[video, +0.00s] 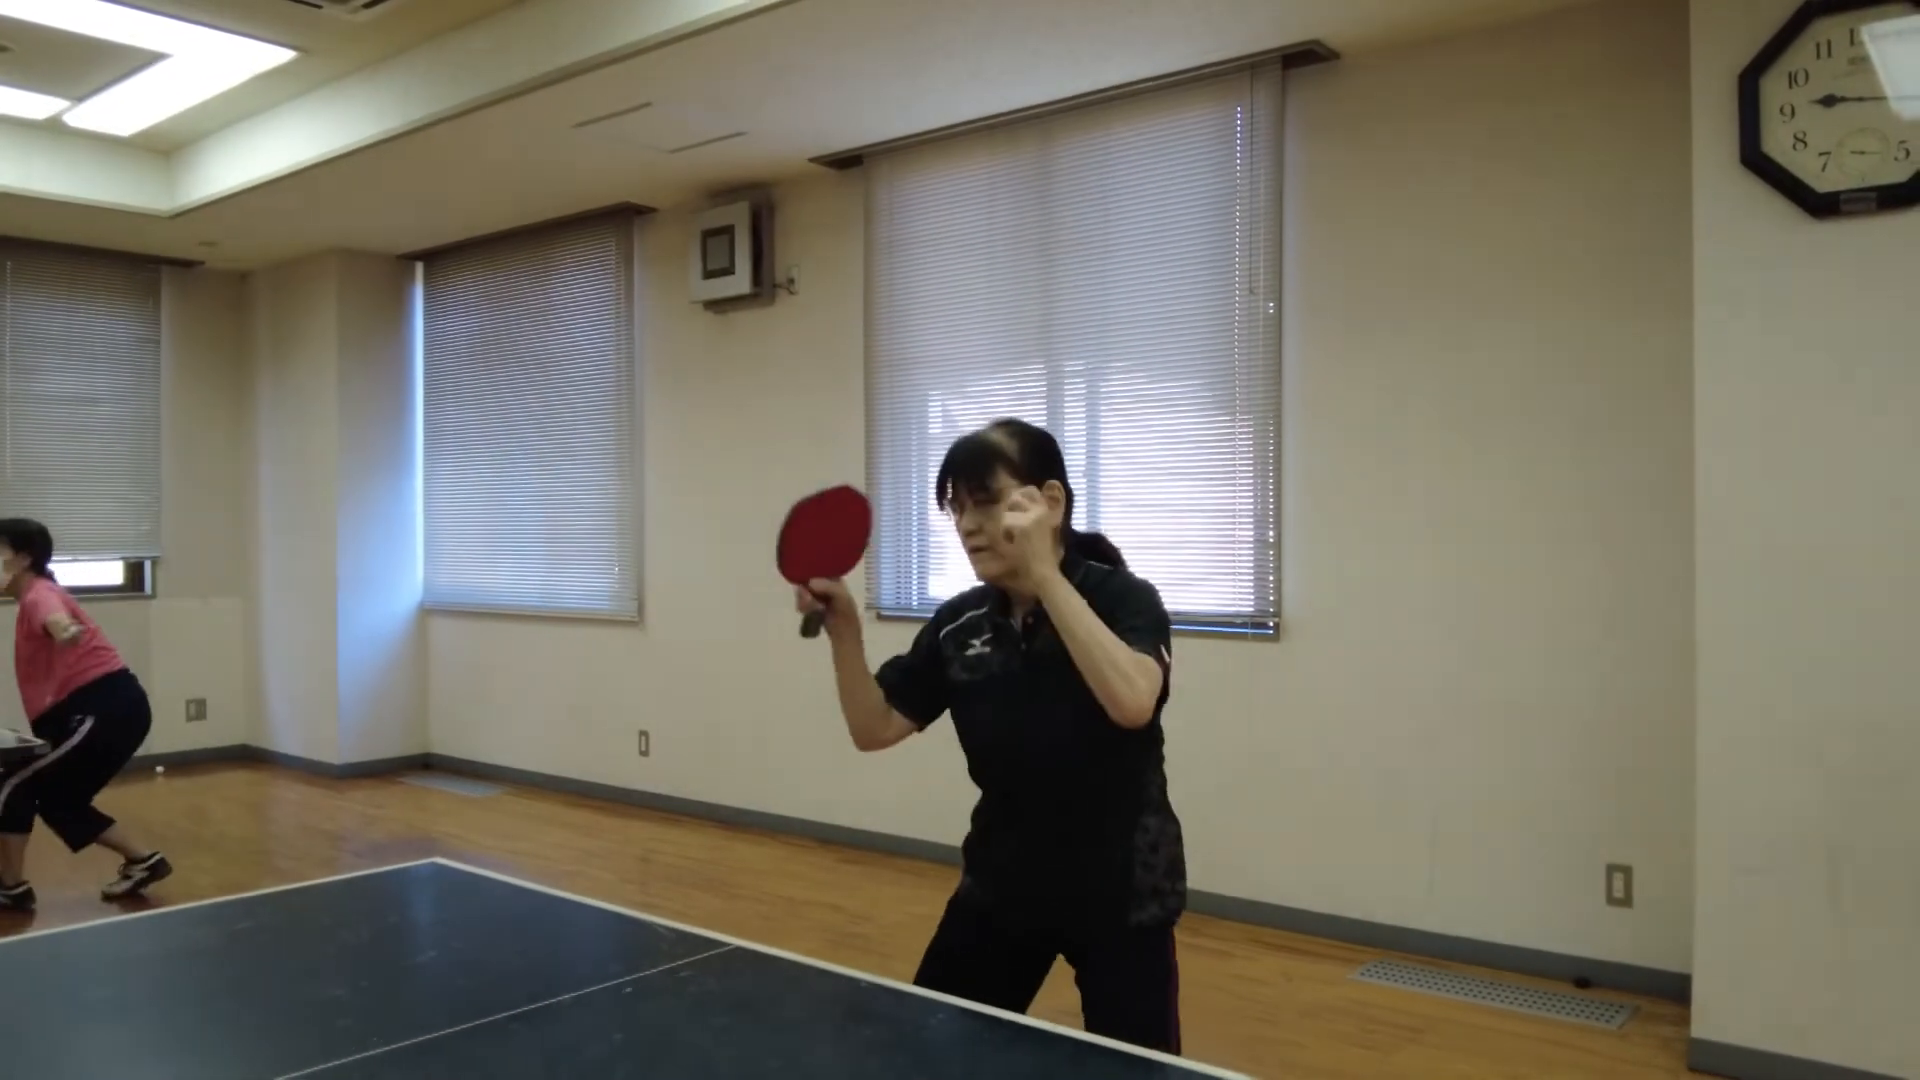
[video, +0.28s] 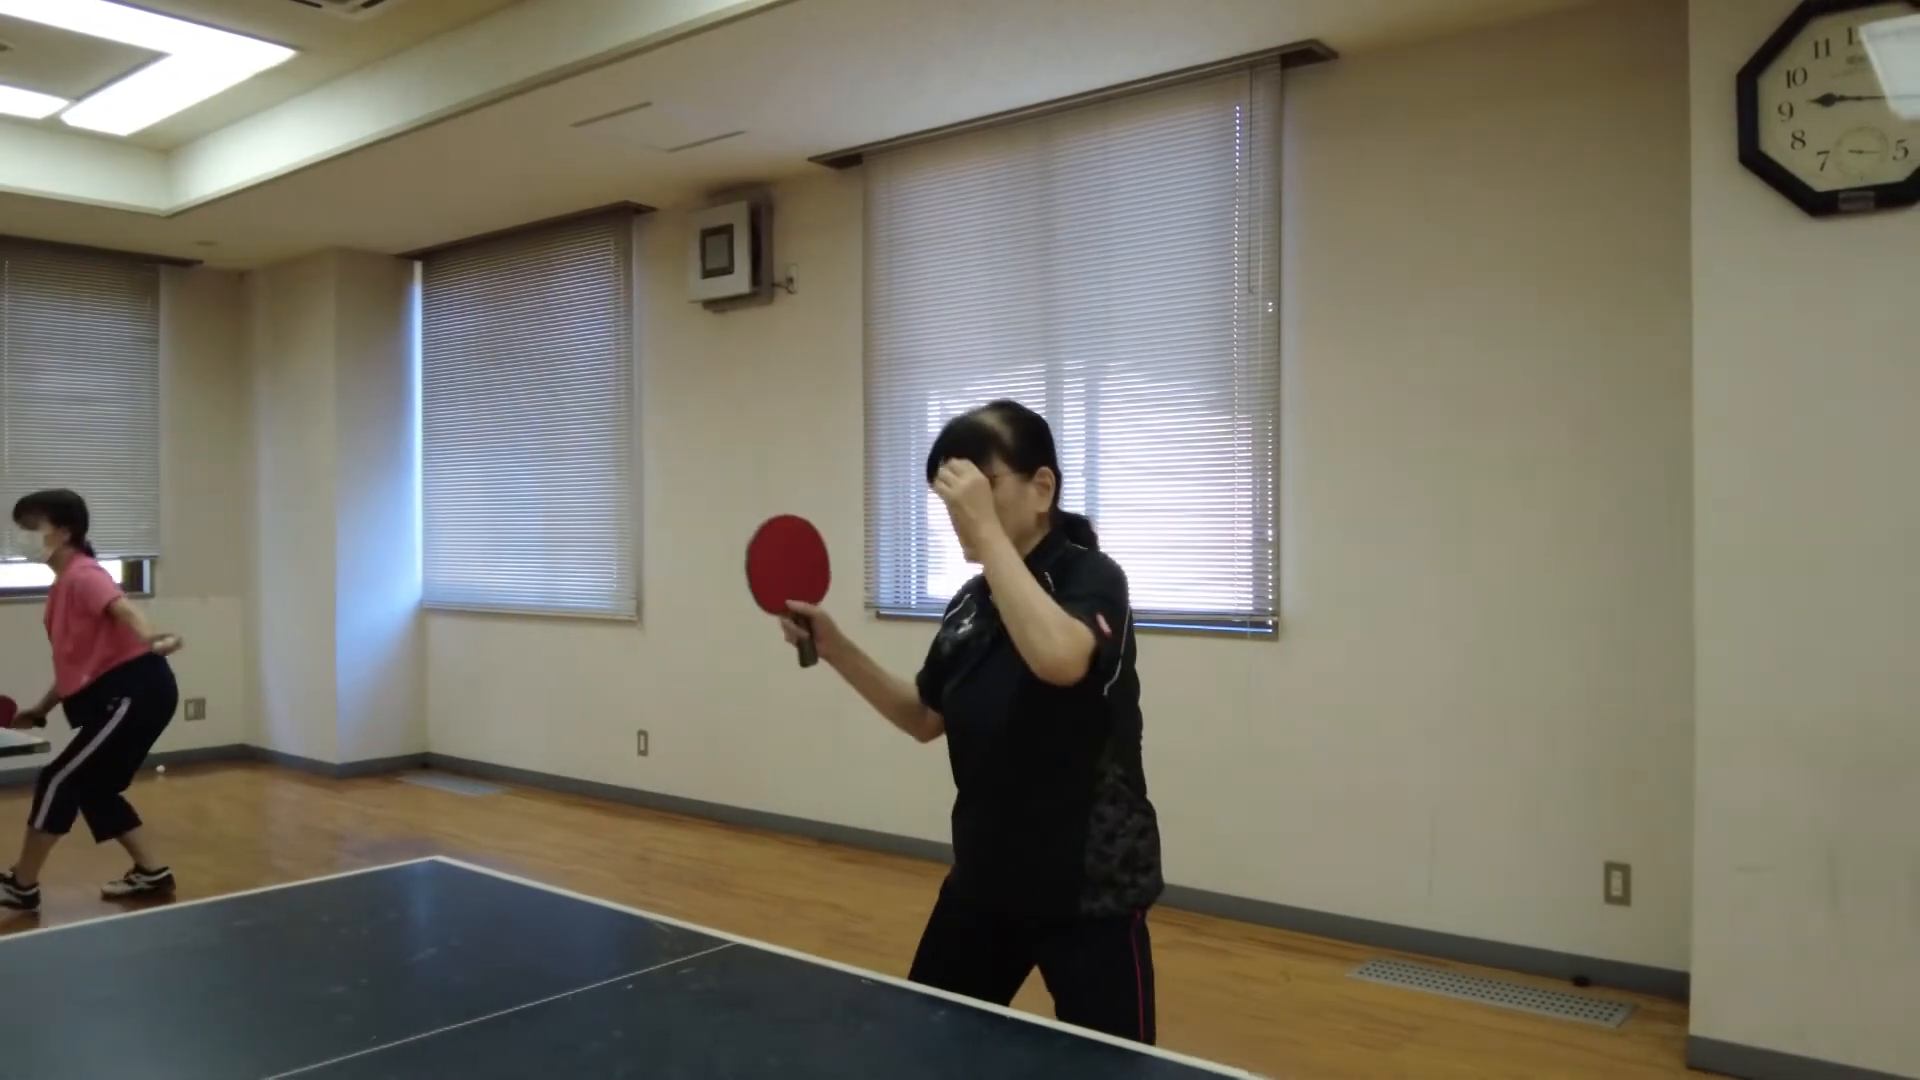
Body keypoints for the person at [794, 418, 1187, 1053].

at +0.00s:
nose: (970, 525)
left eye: (991, 504)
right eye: (960, 508)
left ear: (1052, 504)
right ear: (952, 517)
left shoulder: (1123, 601)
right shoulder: (960, 626)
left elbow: (1133, 702)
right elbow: (873, 728)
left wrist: (1043, 575)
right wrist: (845, 628)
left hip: (1119, 892)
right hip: (1006, 887)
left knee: (1141, 1069)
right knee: (928, 1046)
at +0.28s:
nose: (967, 505)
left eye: (985, 484)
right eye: (957, 489)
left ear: (1043, 487)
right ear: (947, 502)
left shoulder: (1090, 576)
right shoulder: (973, 603)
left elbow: (1061, 656)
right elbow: (924, 717)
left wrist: (984, 529)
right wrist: (833, 646)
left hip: (1088, 890)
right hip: (988, 884)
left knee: (1115, 1068)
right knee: (921, 1046)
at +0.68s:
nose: (937, 489)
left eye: (956, 468)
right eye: (931, 475)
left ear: (1018, 473)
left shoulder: (1064, 565)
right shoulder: (981, 584)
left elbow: (1029, 690)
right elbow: (963, 714)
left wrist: (984, 549)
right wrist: (875, 655)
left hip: (1077, 877)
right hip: (987, 869)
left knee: (1102, 1064)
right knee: (928, 1042)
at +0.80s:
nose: (911, 506)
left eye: (915, 485)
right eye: (910, 488)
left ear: (960, 482)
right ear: (962, 485)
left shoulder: (1031, 580)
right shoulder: (990, 585)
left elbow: (1028, 732)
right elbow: (994, 715)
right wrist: (887, 669)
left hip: (1068, 889)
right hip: (993, 876)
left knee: (1086, 1062)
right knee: (919, 1033)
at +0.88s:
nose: (893, 511)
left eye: (896, 491)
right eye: (894, 493)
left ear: (925, 494)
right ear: (949, 496)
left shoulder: (998, 589)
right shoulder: (969, 589)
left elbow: (1008, 746)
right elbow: (981, 720)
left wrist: (880, 716)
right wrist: (899, 693)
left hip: (1050, 890)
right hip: (983, 876)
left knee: (1064, 1060)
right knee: (894, 1021)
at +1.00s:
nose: (852, 518)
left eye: (855, 499)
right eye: (853, 500)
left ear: (879, 503)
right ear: (929, 502)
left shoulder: (924, 595)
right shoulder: (945, 587)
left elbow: (934, 751)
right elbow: (957, 717)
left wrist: (838, 738)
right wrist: (870, 703)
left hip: (992, 888)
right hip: (955, 879)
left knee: (1036, 1054)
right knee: (857, 1010)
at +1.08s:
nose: (817, 518)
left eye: (819, 500)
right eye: (819, 501)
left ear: (839, 506)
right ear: (898, 503)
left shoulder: (872, 596)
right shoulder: (925, 587)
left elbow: (871, 748)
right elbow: (937, 721)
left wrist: (783, 766)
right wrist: (841, 720)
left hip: (948, 876)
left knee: (982, 1050)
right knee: (842, 1010)